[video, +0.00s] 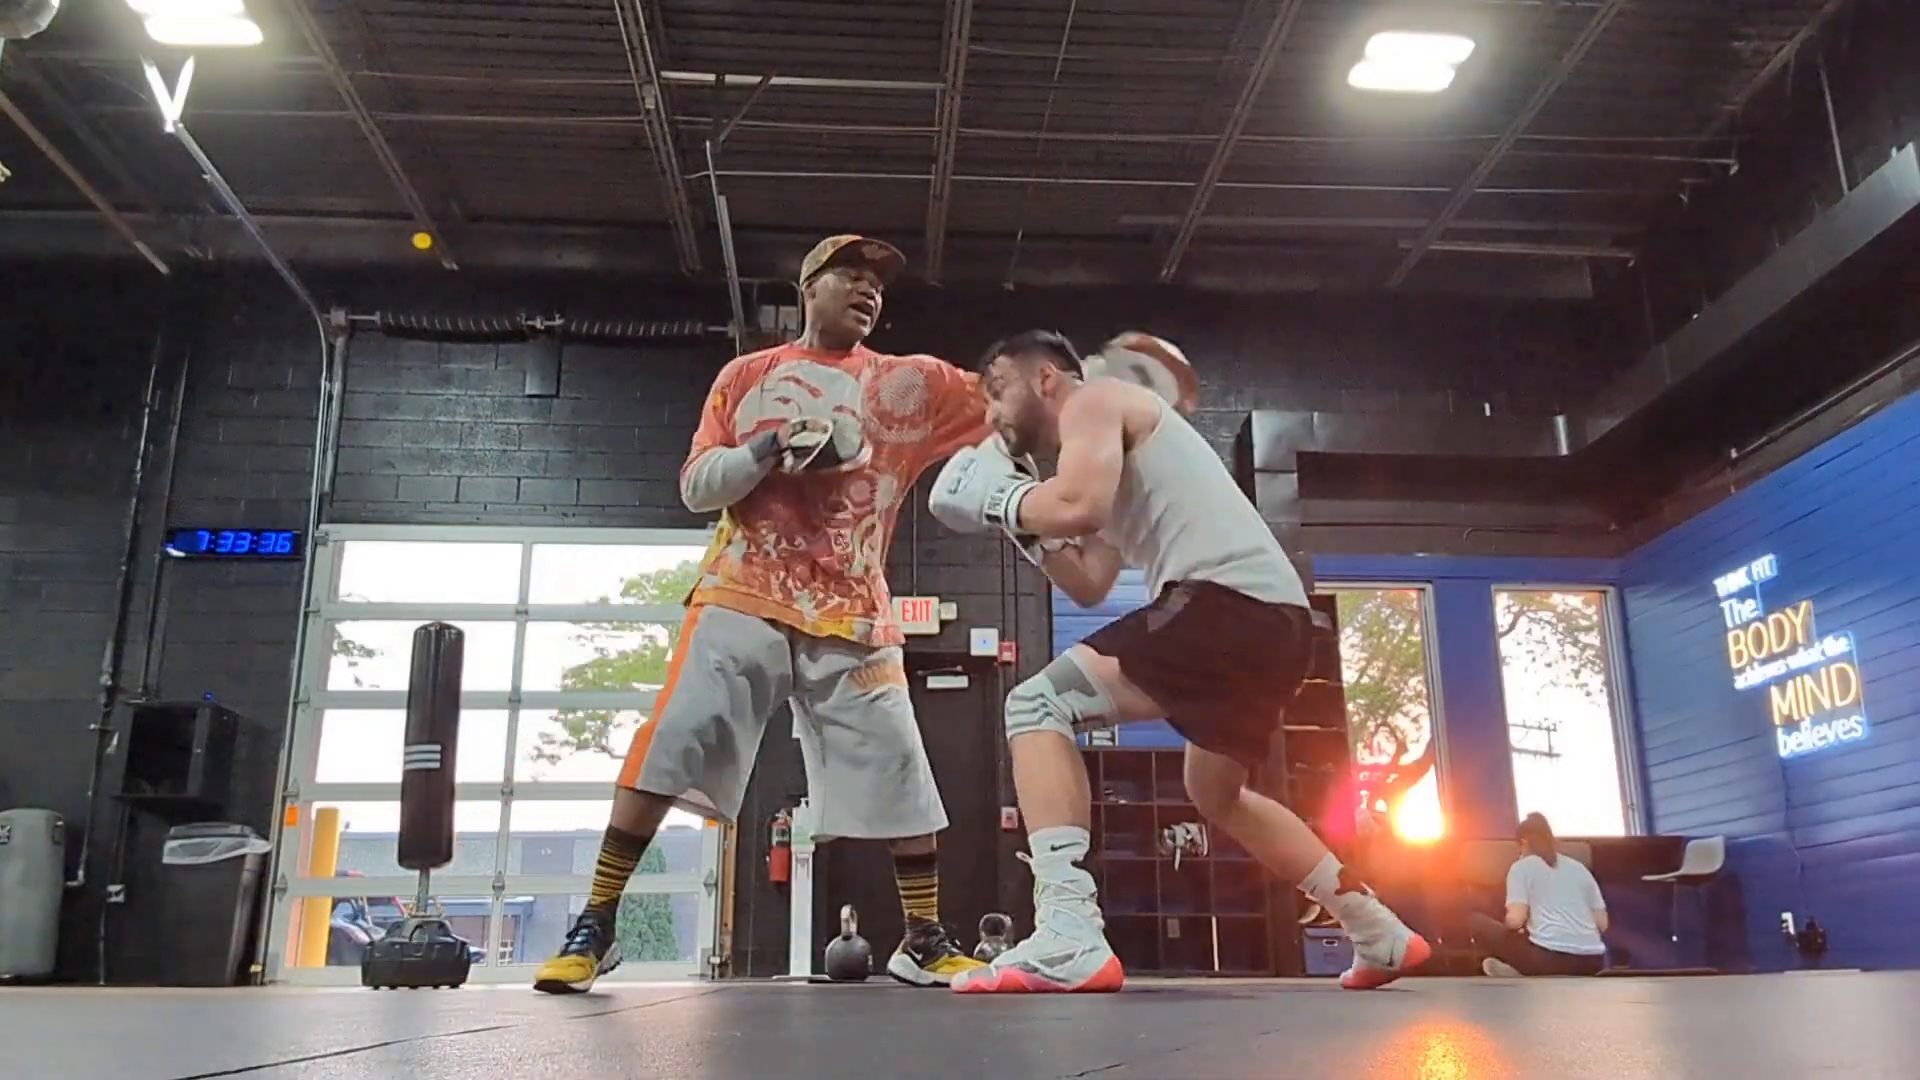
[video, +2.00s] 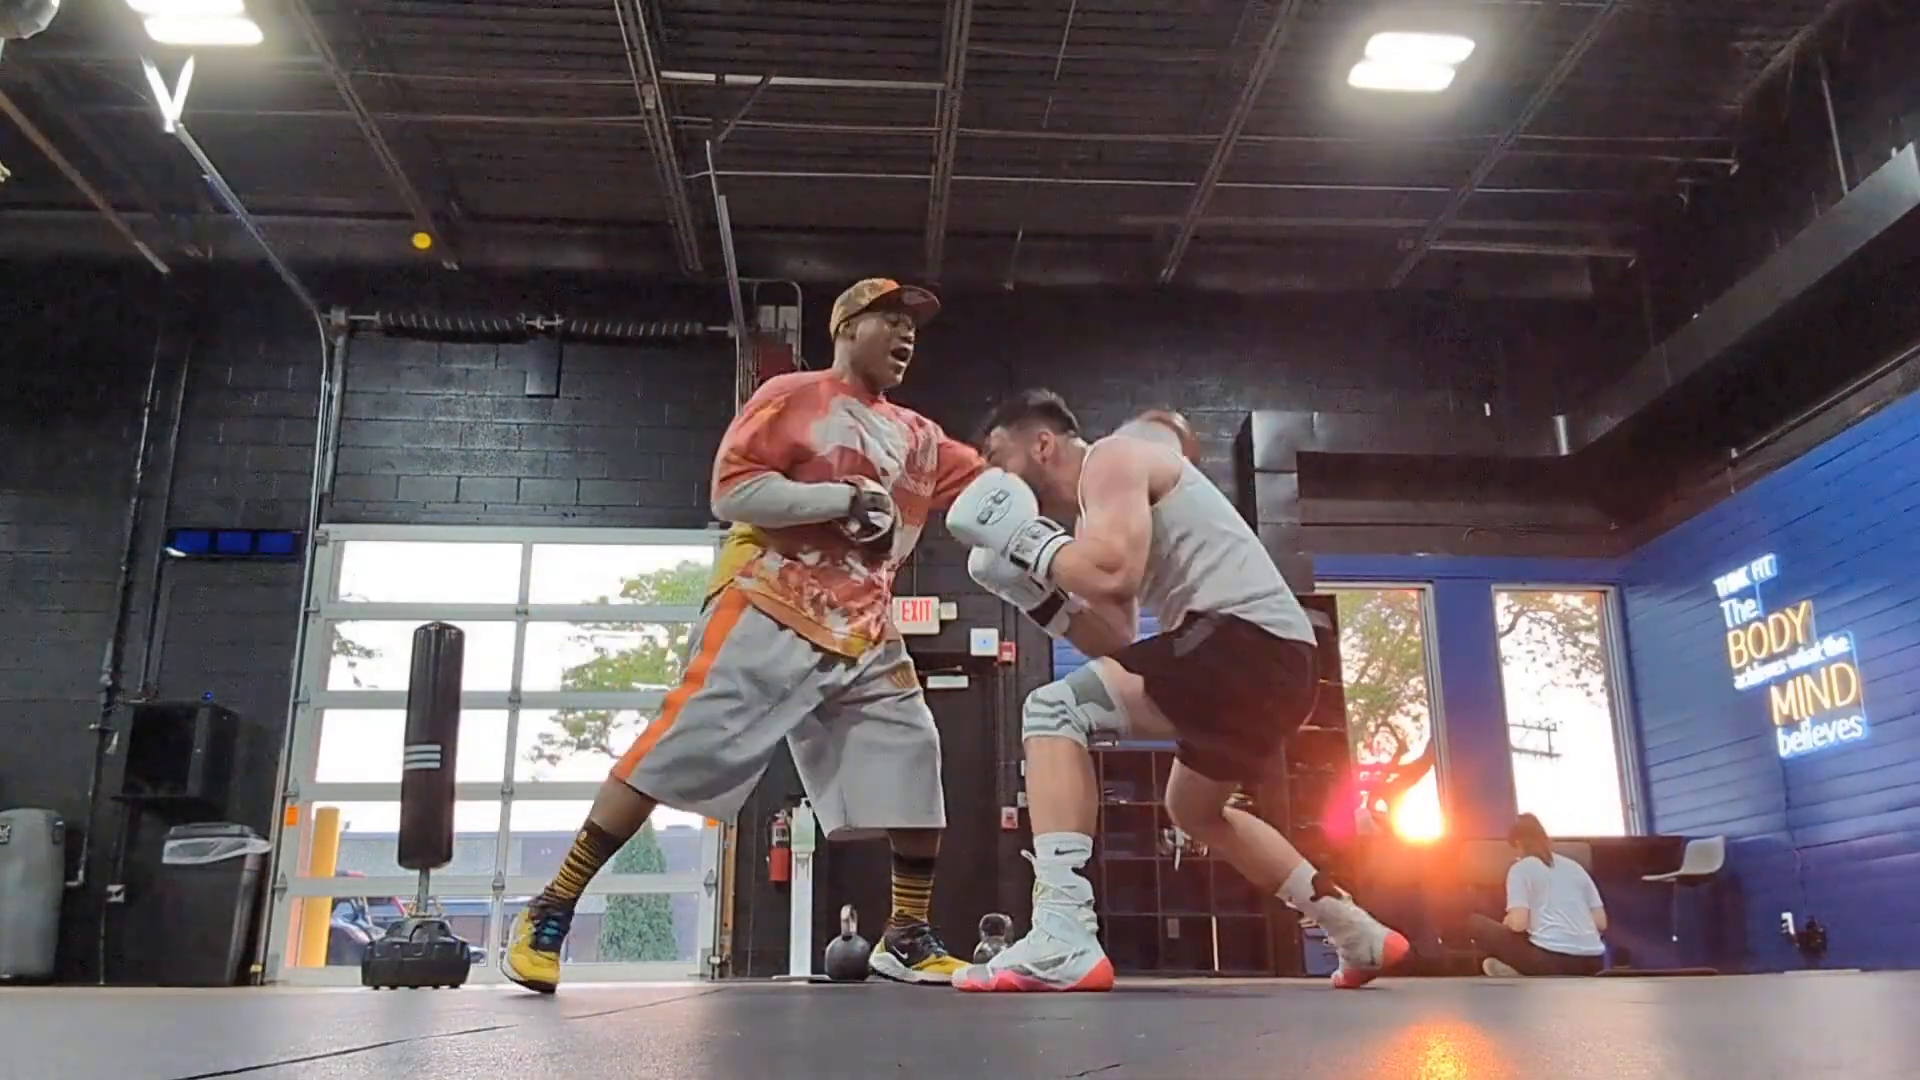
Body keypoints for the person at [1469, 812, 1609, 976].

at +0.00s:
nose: (1519, 851)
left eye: (1519, 845)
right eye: (1519, 846)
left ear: (1524, 842)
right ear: (1549, 839)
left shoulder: (1522, 867)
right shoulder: (1579, 868)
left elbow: (1515, 920)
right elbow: (1602, 923)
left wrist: (1509, 927)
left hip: (1547, 961)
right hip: (1591, 962)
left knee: (1476, 921)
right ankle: (1509, 964)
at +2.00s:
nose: (1515, 853)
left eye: (1513, 848)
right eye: (1513, 848)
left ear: (1518, 844)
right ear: (1544, 839)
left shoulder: (1520, 869)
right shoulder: (1575, 867)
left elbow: (1519, 924)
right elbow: (1601, 922)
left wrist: (1508, 920)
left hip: (1550, 961)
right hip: (1592, 962)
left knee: (1475, 923)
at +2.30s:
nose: (1515, 853)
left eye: (1514, 848)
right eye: (1513, 848)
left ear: (1519, 844)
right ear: (1544, 840)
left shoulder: (1521, 869)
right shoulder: (1575, 867)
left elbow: (1519, 924)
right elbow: (1601, 923)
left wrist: (1508, 921)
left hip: (1549, 961)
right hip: (1592, 962)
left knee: (1474, 923)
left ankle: (1510, 965)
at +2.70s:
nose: (1515, 854)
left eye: (1514, 849)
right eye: (1513, 849)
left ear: (1520, 844)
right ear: (1544, 841)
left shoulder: (1521, 869)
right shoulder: (1575, 867)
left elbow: (1519, 924)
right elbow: (1601, 922)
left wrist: (1507, 920)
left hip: (1549, 961)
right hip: (1592, 962)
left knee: (1474, 923)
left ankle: (1511, 964)